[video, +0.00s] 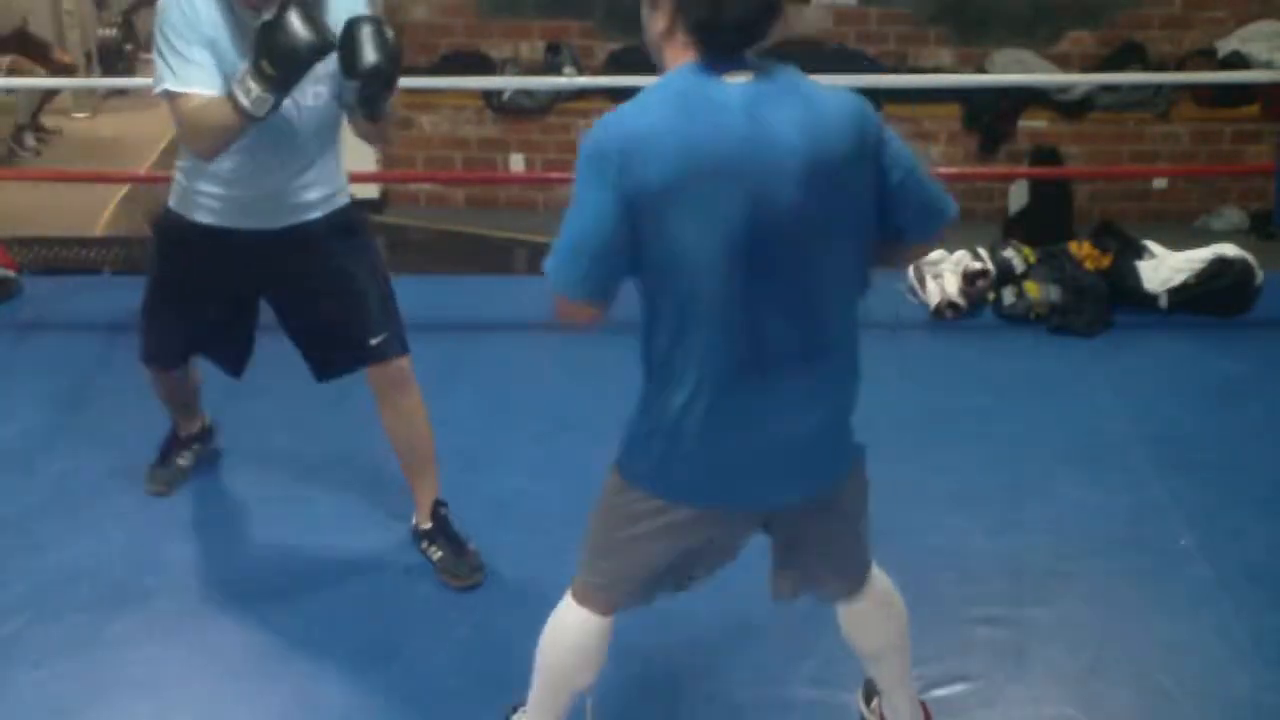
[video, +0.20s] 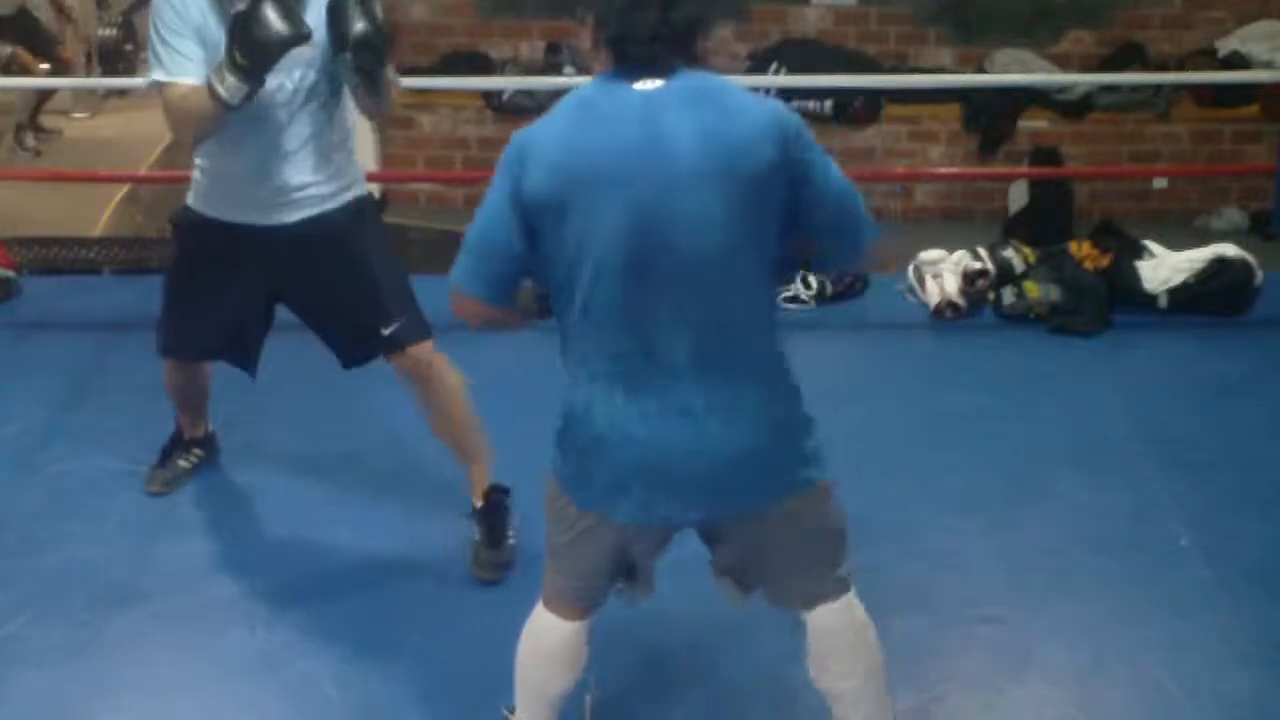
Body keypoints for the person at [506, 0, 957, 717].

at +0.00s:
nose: (646, 15)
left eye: (649, 5)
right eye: (649, 4)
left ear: (668, 16)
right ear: (760, 21)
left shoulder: (624, 139)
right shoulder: (841, 117)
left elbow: (577, 304)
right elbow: (923, 225)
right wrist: (823, 249)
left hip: (685, 446)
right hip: (815, 434)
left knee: (591, 603)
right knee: (855, 584)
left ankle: (538, 715)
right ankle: (903, 710)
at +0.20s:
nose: (579, 34)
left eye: (583, 25)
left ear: (594, 35)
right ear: (700, 35)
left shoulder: (542, 144)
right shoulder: (763, 123)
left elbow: (474, 304)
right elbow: (850, 254)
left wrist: (552, 295)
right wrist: (749, 250)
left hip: (611, 446)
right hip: (753, 437)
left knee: (562, 610)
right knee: (830, 603)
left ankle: (531, 713)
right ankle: (869, 713)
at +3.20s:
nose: (577, 8)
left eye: (576, 6)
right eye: (572, 2)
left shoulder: (535, 38)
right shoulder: (460, 65)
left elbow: (550, 138)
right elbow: (515, 198)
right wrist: (594, 109)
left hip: (514, 272)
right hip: (437, 293)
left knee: (562, 384)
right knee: (406, 472)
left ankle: (586, 494)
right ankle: (293, 569)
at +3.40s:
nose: (491, 9)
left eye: (490, 4)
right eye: (484, 1)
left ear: (448, 3)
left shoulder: (452, 47)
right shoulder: (350, 71)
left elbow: (456, 158)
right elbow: (399, 207)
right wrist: (495, 130)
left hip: (447, 292)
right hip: (363, 310)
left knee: (516, 400)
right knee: (352, 478)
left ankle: (565, 502)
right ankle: (283, 578)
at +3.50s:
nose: (461, 3)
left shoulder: (434, 34)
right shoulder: (323, 63)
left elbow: (439, 143)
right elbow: (389, 198)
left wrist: (479, 205)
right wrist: (477, 109)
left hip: (439, 276)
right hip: (353, 299)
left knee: (511, 403)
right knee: (338, 469)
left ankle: (525, 526)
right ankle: (282, 577)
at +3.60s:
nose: (452, 0)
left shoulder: (421, 26)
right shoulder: (318, 65)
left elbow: (436, 132)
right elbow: (399, 198)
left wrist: (479, 200)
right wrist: (474, 99)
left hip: (434, 279)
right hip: (348, 306)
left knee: (507, 408)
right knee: (328, 468)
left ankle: (512, 563)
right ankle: (282, 577)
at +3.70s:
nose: (460, 4)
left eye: (457, 1)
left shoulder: (422, 33)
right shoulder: (327, 74)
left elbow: (435, 145)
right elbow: (417, 206)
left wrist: (474, 206)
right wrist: (496, 106)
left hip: (438, 290)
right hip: (346, 316)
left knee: (507, 433)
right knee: (323, 471)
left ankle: (523, 608)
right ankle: (279, 577)